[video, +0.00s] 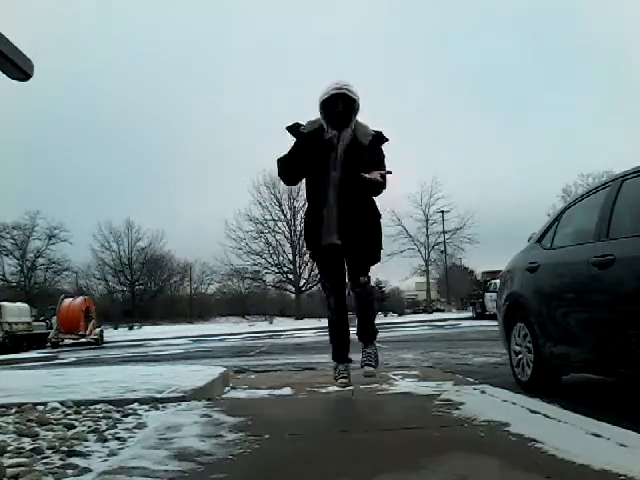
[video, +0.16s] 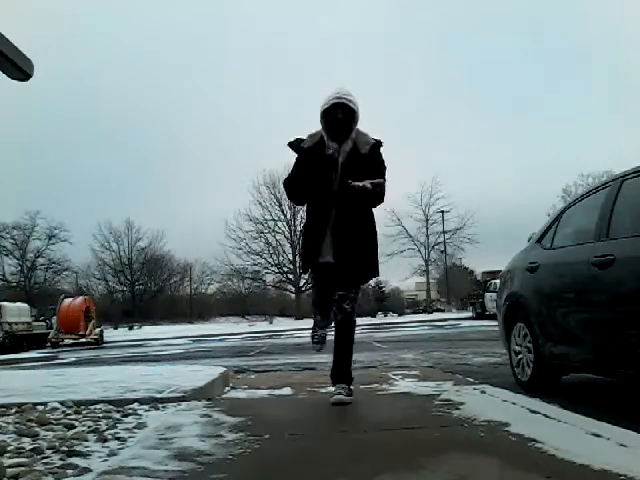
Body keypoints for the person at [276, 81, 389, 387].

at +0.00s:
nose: (339, 112)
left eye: (345, 106)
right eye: (333, 105)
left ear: (354, 109)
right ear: (323, 109)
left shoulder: (367, 141)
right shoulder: (310, 139)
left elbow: (378, 184)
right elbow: (288, 175)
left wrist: (372, 180)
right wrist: (303, 142)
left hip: (358, 227)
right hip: (323, 230)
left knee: (360, 286)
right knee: (335, 296)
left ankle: (368, 345)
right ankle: (341, 363)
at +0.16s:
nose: (338, 122)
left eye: (344, 116)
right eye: (332, 115)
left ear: (354, 119)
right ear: (323, 119)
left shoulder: (368, 150)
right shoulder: (311, 152)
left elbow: (378, 195)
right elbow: (295, 193)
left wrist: (366, 190)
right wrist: (307, 159)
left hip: (354, 244)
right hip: (320, 244)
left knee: (345, 311)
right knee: (323, 302)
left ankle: (342, 381)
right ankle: (321, 323)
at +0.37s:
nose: (339, 122)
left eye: (345, 116)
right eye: (333, 116)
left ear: (355, 119)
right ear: (324, 118)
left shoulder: (367, 152)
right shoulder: (312, 149)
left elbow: (378, 192)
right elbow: (292, 186)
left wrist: (370, 177)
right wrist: (304, 153)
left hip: (352, 237)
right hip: (317, 236)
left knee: (345, 306)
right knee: (316, 296)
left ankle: (343, 379)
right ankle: (337, 312)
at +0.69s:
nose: (335, 142)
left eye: (342, 136)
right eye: (330, 136)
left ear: (352, 140)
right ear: (322, 139)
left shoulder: (364, 169)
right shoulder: (309, 172)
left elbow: (396, 189)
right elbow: (284, 212)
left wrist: (359, 164)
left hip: (356, 260)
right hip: (320, 262)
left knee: (349, 321)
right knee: (318, 325)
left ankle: (346, 385)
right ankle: (336, 303)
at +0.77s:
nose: (330, 127)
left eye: (336, 121)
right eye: (324, 122)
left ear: (345, 124)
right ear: (315, 126)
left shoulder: (360, 149)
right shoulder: (303, 159)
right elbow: (279, 191)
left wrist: (349, 143)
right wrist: (286, 202)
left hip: (357, 245)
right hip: (319, 250)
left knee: (351, 311)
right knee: (322, 308)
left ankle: (348, 379)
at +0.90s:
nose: (321, 111)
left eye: (326, 104)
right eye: (315, 106)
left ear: (336, 105)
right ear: (306, 110)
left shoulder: (352, 125)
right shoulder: (296, 143)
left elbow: (379, 114)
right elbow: (280, 180)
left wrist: (354, 108)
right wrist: (282, 195)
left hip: (354, 224)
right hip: (319, 230)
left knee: (355, 292)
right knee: (324, 291)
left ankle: (365, 355)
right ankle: (340, 337)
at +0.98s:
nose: (316, 119)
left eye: (322, 112)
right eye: (310, 113)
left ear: (333, 112)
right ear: (302, 116)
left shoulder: (348, 136)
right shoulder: (292, 151)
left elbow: (376, 144)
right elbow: (288, 192)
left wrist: (350, 121)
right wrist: (285, 208)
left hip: (353, 234)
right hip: (319, 241)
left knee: (360, 298)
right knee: (328, 310)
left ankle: (382, 326)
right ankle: (335, 372)